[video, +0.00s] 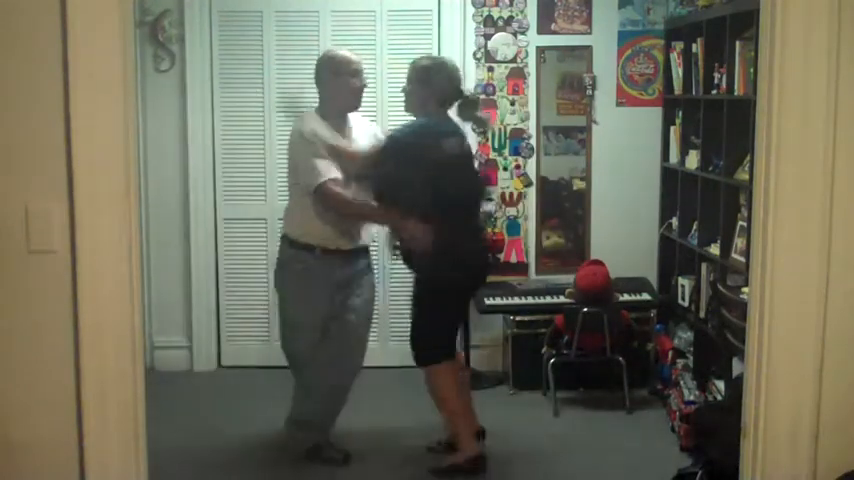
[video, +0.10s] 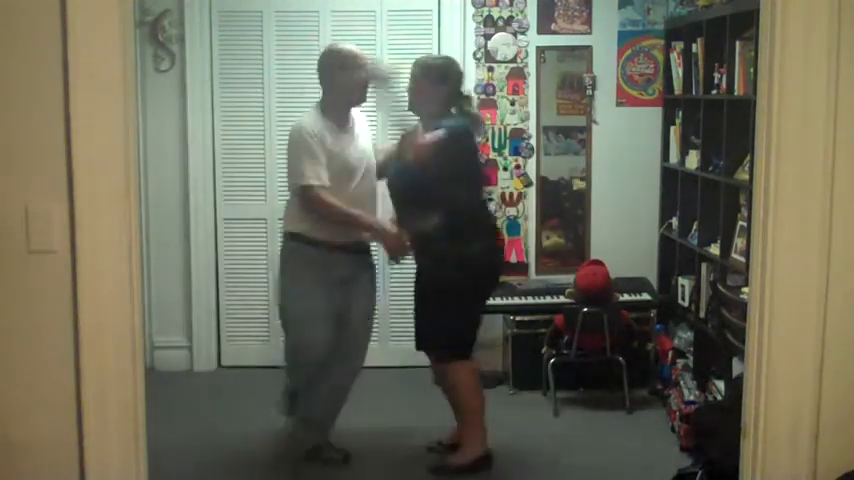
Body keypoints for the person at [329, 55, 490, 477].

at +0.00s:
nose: (403, 90)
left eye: (410, 83)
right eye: (407, 82)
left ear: (427, 91)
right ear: (445, 92)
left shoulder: (412, 138)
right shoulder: (454, 134)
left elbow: (367, 168)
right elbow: (392, 161)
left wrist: (334, 149)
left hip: (438, 257)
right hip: (466, 252)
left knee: (430, 348)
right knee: (444, 343)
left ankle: (467, 448)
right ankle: (466, 426)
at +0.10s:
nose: (410, 90)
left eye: (417, 83)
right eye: (413, 83)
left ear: (438, 89)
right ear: (439, 89)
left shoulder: (450, 135)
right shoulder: (430, 133)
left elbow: (415, 192)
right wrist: (404, 157)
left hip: (463, 252)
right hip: (443, 250)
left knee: (451, 350)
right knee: (439, 347)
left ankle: (475, 445)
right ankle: (466, 431)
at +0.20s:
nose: (437, 94)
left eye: (444, 87)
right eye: (430, 87)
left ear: (458, 90)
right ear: (419, 90)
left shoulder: (477, 128)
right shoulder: (403, 139)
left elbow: (497, 122)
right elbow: (389, 198)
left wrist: (480, 83)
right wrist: (408, 242)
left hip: (481, 253)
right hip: (430, 254)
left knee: (477, 342)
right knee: (435, 343)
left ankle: (487, 431)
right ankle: (462, 424)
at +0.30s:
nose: (457, 95)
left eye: (461, 85)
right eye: (447, 87)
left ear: (470, 89)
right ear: (429, 94)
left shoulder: (493, 126)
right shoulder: (409, 149)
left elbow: (539, 94)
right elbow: (403, 211)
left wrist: (513, 61)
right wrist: (435, 252)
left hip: (489, 247)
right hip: (433, 249)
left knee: (497, 338)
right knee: (439, 344)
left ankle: (485, 421)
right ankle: (444, 422)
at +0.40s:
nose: (489, 85)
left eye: (485, 79)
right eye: (478, 81)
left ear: (478, 89)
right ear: (456, 93)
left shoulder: (504, 122)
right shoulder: (440, 144)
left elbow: (533, 80)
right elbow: (429, 208)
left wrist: (519, 45)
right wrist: (483, 252)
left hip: (491, 245)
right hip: (445, 247)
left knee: (505, 333)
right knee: (453, 342)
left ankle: (490, 427)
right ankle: (430, 422)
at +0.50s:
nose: (507, 100)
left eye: (504, 94)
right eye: (502, 95)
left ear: (468, 97)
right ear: (491, 100)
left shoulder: (474, 135)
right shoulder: (486, 143)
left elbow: (498, 87)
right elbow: (483, 211)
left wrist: (504, 50)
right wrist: (534, 238)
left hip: (473, 251)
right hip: (471, 254)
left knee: (499, 342)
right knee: (486, 348)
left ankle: (490, 433)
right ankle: (430, 407)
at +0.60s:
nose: (515, 103)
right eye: (514, 96)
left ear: (475, 98)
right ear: (512, 100)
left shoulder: (463, 138)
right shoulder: (513, 148)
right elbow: (538, 208)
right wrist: (573, 232)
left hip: (457, 252)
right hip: (493, 256)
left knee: (499, 338)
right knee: (529, 339)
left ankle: (490, 429)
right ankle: (471, 400)